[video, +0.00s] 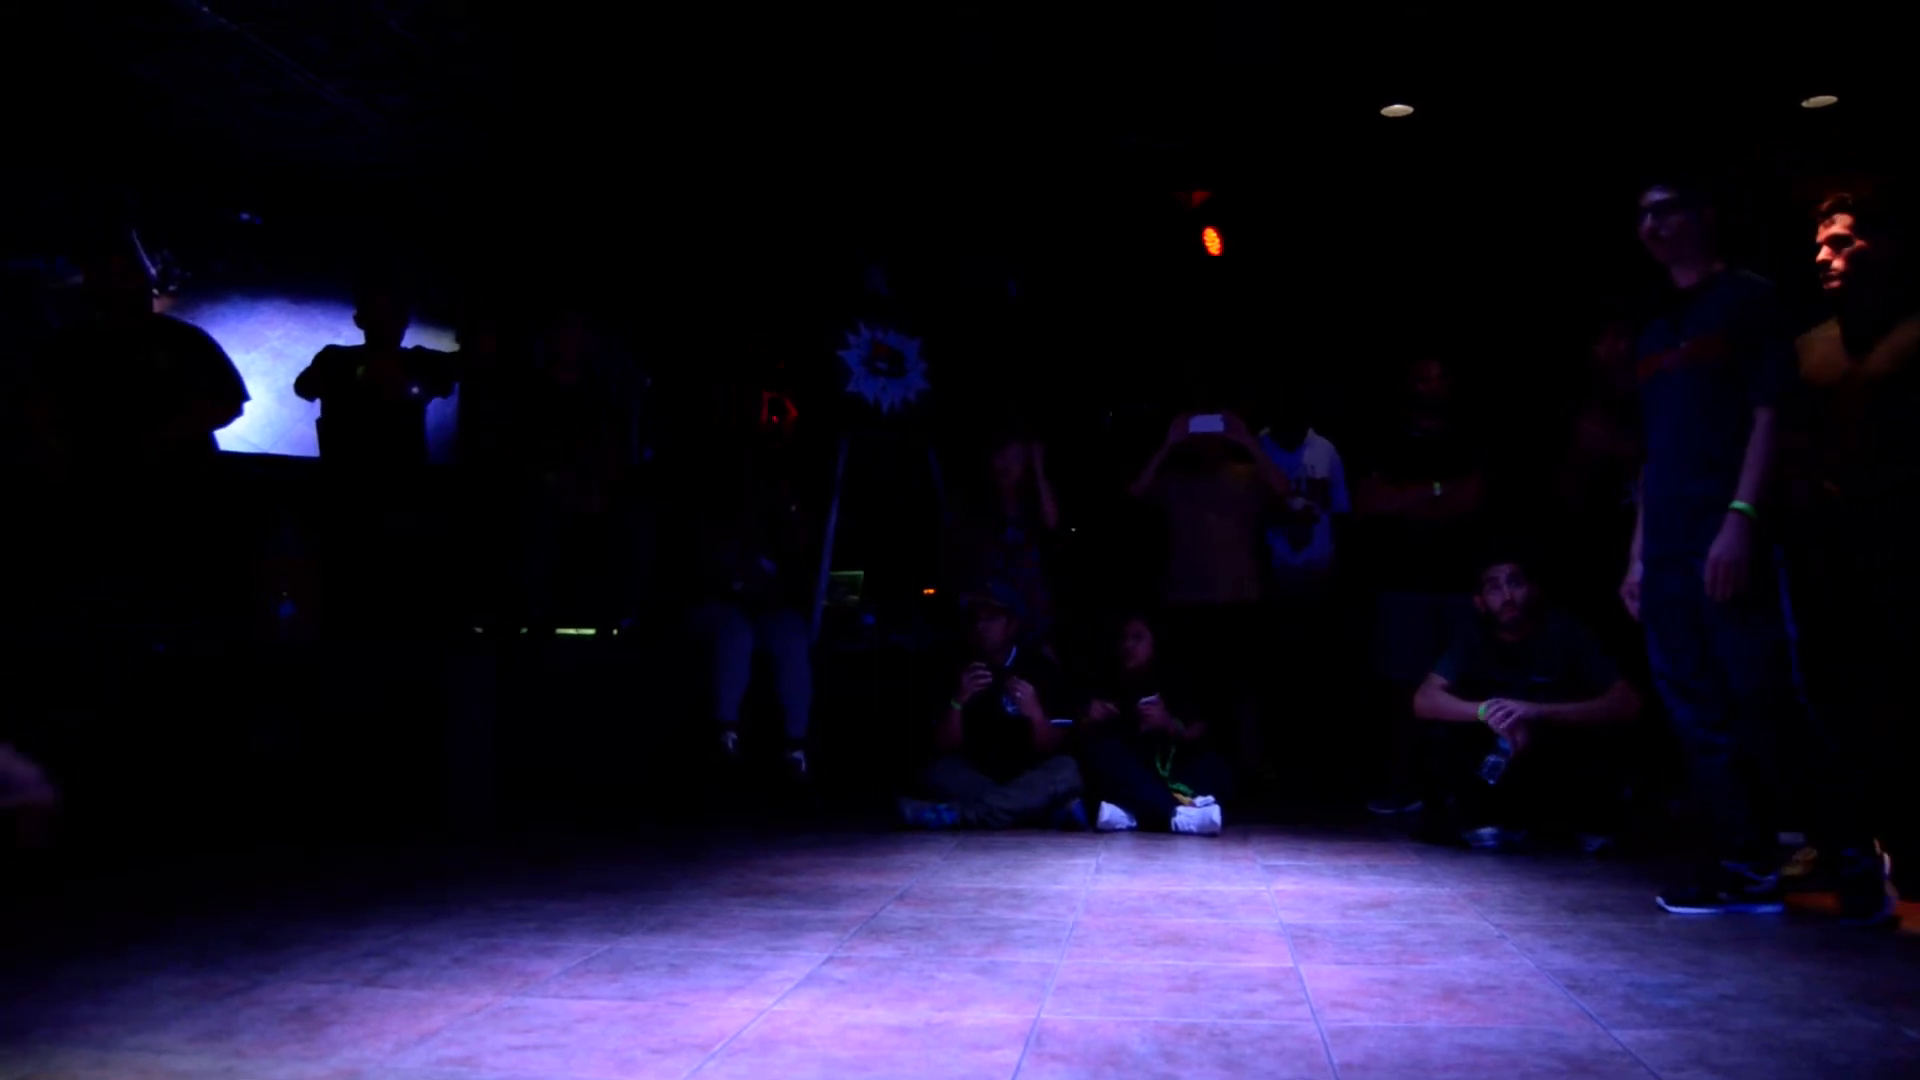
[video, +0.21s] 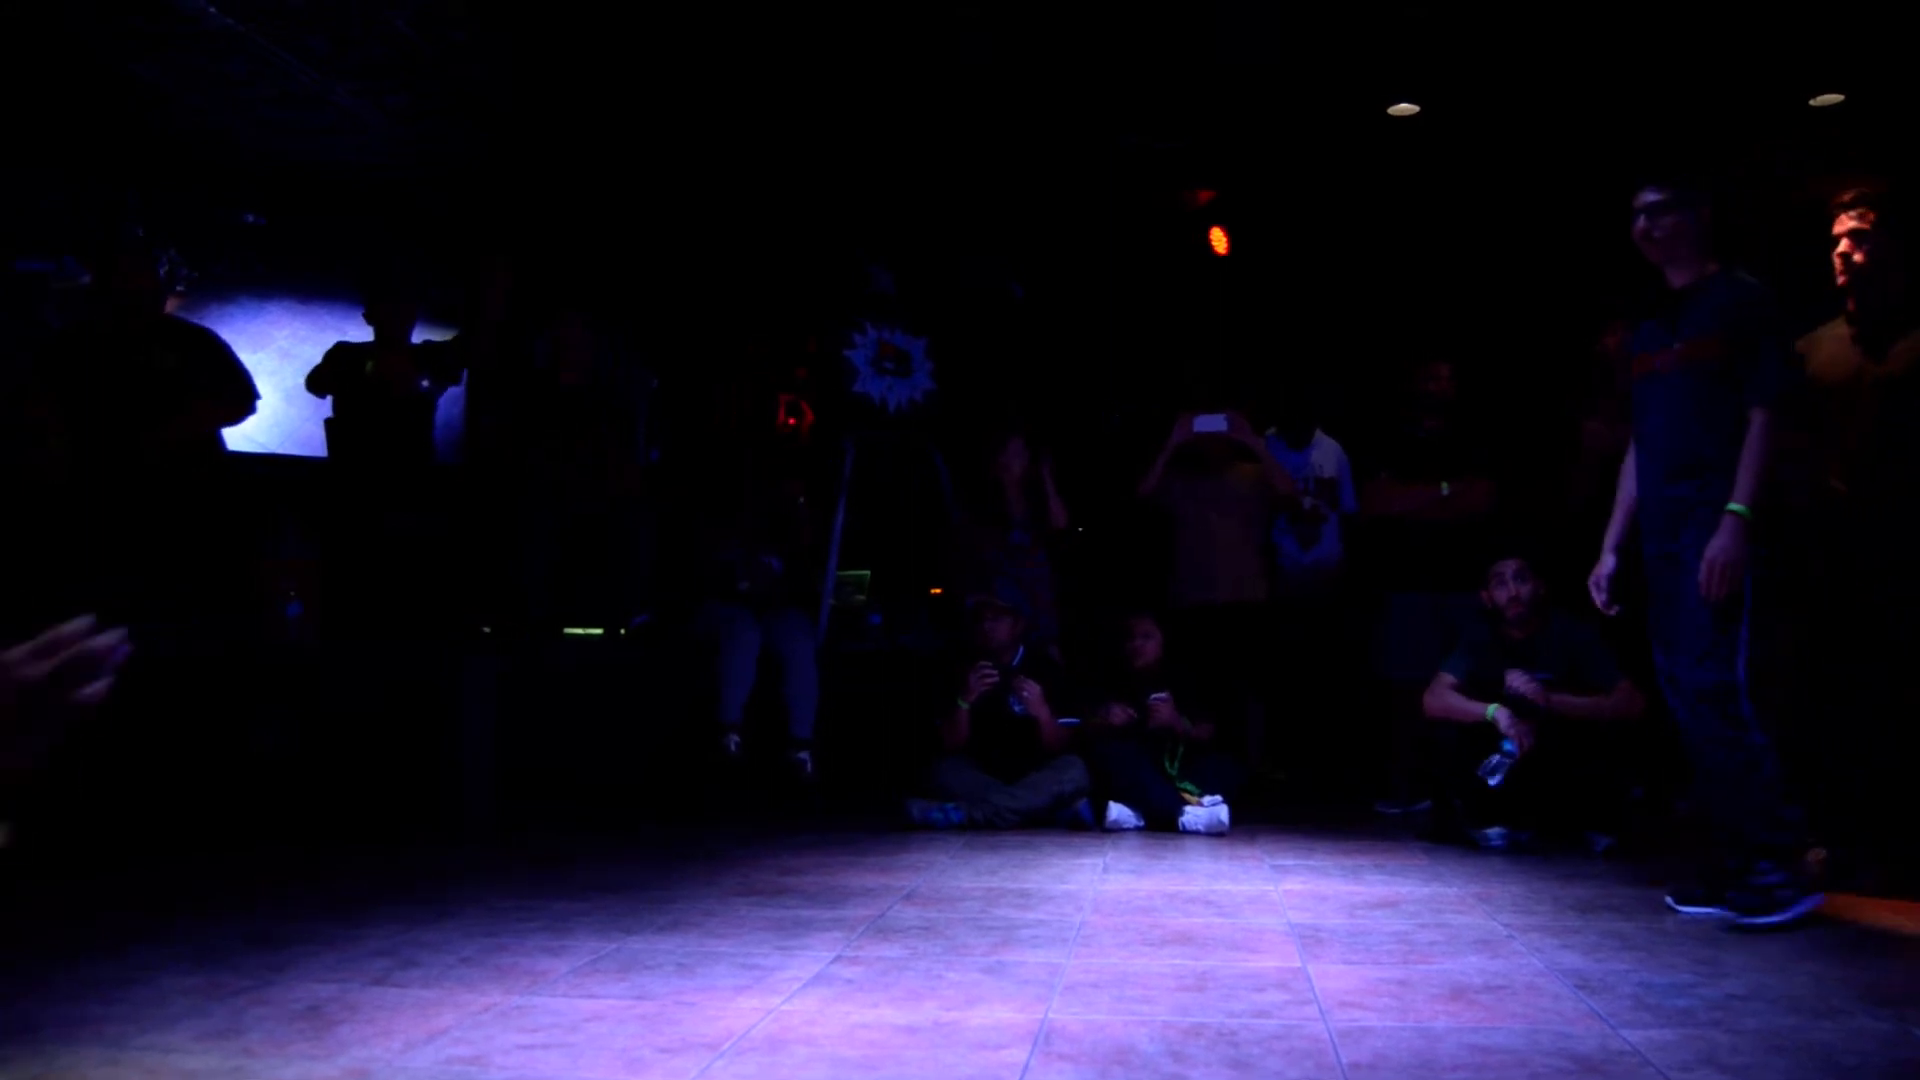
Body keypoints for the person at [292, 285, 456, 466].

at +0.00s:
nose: (387, 327)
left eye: (394, 318)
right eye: (378, 317)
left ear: (404, 321)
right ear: (360, 320)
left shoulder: (417, 362)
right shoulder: (335, 358)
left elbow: (463, 364)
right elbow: (303, 387)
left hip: (405, 463)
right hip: (345, 463)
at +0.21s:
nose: (395, 324)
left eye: (401, 314)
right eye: (387, 313)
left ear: (412, 316)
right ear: (369, 317)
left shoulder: (427, 357)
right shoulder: (346, 355)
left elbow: (466, 345)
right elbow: (314, 384)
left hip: (412, 457)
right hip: (356, 458)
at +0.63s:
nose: (449, 324)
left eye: (456, 314)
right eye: (441, 313)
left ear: (466, 317)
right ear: (422, 315)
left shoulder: (476, 358)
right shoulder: (397, 355)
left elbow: (519, 351)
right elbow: (369, 386)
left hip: (463, 458)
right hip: (407, 459)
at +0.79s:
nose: (471, 325)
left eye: (478, 317)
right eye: (463, 316)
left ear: (486, 320)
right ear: (443, 317)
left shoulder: (490, 359)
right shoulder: (417, 358)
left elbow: (536, 354)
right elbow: (389, 387)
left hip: (481, 461)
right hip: (427, 462)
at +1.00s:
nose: (474, 327)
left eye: (481, 318)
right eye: (464, 318)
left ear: (490, 322)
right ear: (445, 320)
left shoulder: (498, 362)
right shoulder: (423, 361)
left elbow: (544, 357)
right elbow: (401, 391)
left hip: (490, 464)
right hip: (434, 465)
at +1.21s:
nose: (472, 325)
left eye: (478, 315)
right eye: (461, 315)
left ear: (487, 318)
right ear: (442, 317)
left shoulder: (500, 358)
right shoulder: (422, 356)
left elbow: (541, 355)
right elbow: (399, 385)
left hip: (488, 458)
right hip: (432, 460)